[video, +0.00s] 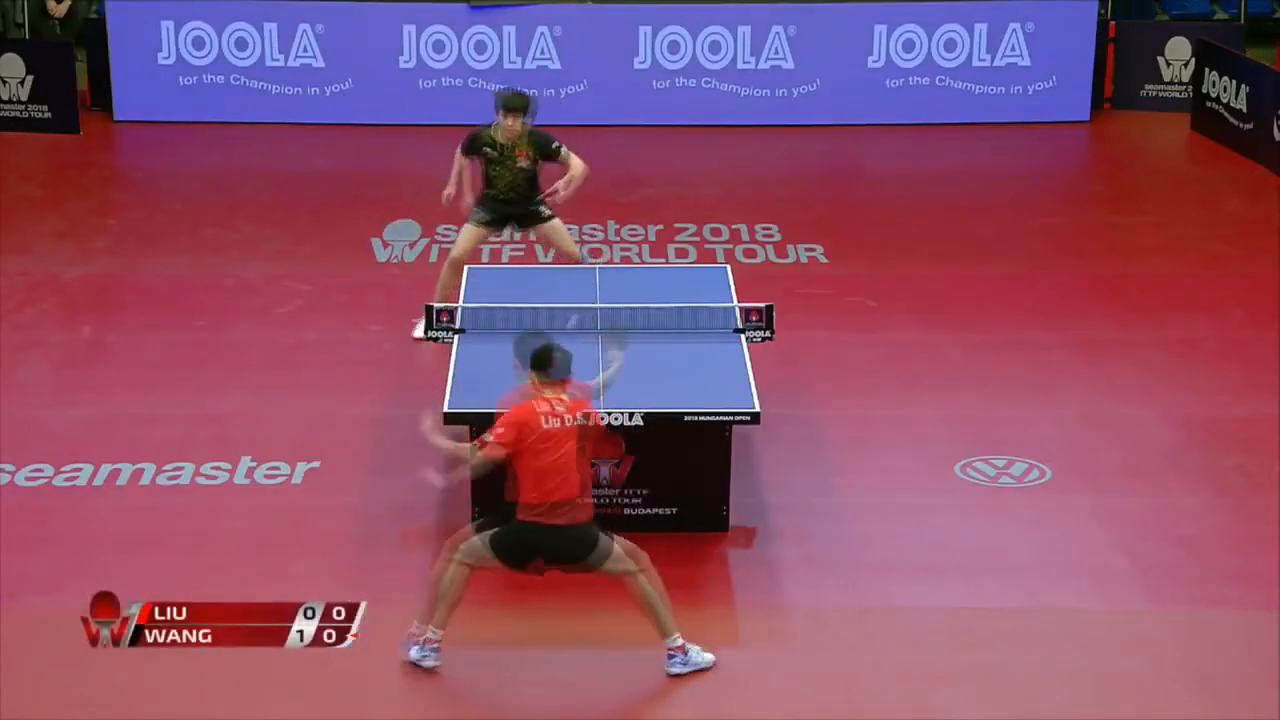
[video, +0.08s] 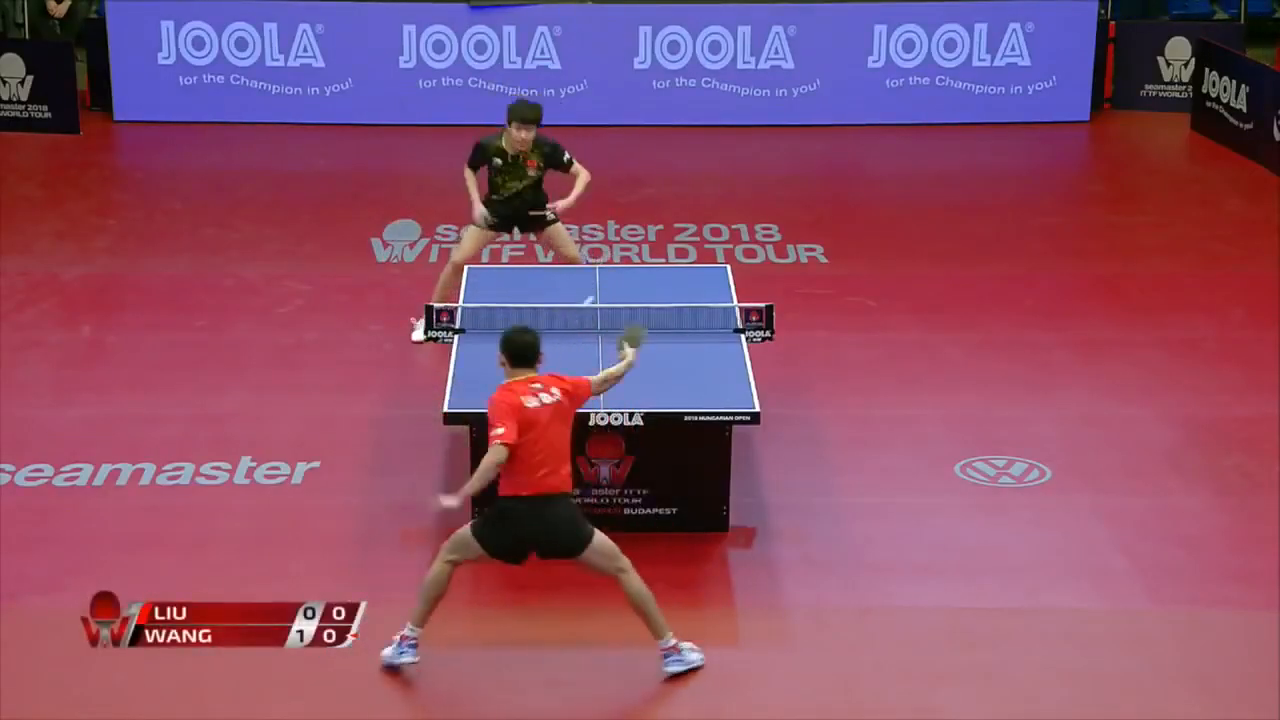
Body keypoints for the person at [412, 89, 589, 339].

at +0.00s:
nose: (511, 123)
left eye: (517, 117)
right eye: (506, 116)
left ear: (525, 119)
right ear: (498, 116)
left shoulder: (537, 140)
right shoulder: (482, 137)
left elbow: (579, 166)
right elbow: (461, 153)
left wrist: (566, 185)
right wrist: (453, 184)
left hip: (530, 206)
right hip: (491, 206)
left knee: (575, 256)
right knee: (455, 258)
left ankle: (596, 316)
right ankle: (434, 317)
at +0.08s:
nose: (524, 135)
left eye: (529, 130)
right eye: (519, 129)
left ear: (536, 129)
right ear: (508, 126)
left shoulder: (547, 149)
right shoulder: (489, 147)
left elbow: (583, 174)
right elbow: (469, 170)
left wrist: (569, 201)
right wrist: (477, 204)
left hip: (535, 211)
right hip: (497, 211)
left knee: (574, 259)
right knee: (457, 261)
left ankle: (593, 317)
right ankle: (431, 318)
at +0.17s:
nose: (542, 149)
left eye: (545, 143)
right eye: (536, 143)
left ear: (549, 142)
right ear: (520, 139)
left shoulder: (551, 161)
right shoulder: (492, 161)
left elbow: (574, 184)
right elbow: (476, 192)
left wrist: (572, 204)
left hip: (538, 221)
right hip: (501, 223)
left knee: (576, 266)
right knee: (461, 270)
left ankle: (593, 324)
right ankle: (430, 319)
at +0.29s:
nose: (573, 157)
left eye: (575, 151)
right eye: (569, 150)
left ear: (574, 152)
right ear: (551, 148)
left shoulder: (568, 170)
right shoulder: (526, 174)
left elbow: (582, 190)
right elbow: (498, 210)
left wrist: (623, 188)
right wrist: (512, 234)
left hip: (549, 235)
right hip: (515, 239)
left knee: (605, 261)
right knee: (480, 280)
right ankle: (436, 322)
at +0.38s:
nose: (572, 160)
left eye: (576, 155)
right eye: (568, 154)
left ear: (577, 154)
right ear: (551, 149)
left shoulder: (574, 169)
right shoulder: (528, 175)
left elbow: (597, 178)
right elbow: (501, 210)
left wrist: (616, 173)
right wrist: (522, 224)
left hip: (557, 235)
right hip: (522, 238)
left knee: (611, 258)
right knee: (485, 273)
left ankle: (616, 319)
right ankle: (439, 318)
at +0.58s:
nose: (560, 160)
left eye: (564, 154)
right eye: (554, 154)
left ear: (570, 153)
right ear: (543, 152)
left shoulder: (580, 171)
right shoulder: (526, 175)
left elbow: (608, 187)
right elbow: (503, 201)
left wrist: (614, 191)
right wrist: (502, 225)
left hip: (576, 237)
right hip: (537, 238)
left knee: (622, 267)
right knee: (492, 262)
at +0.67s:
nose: (559, 146)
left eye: (563, 140)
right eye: (553, 140)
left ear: (569, 140)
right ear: (543, 139)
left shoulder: (580, 163)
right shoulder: (527, 163)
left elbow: (610, 183)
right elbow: (502, 180)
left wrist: (615, 190)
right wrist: (497, 203)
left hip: (576, 228)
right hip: (537, 227)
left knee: (618, 260)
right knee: (492, 259)